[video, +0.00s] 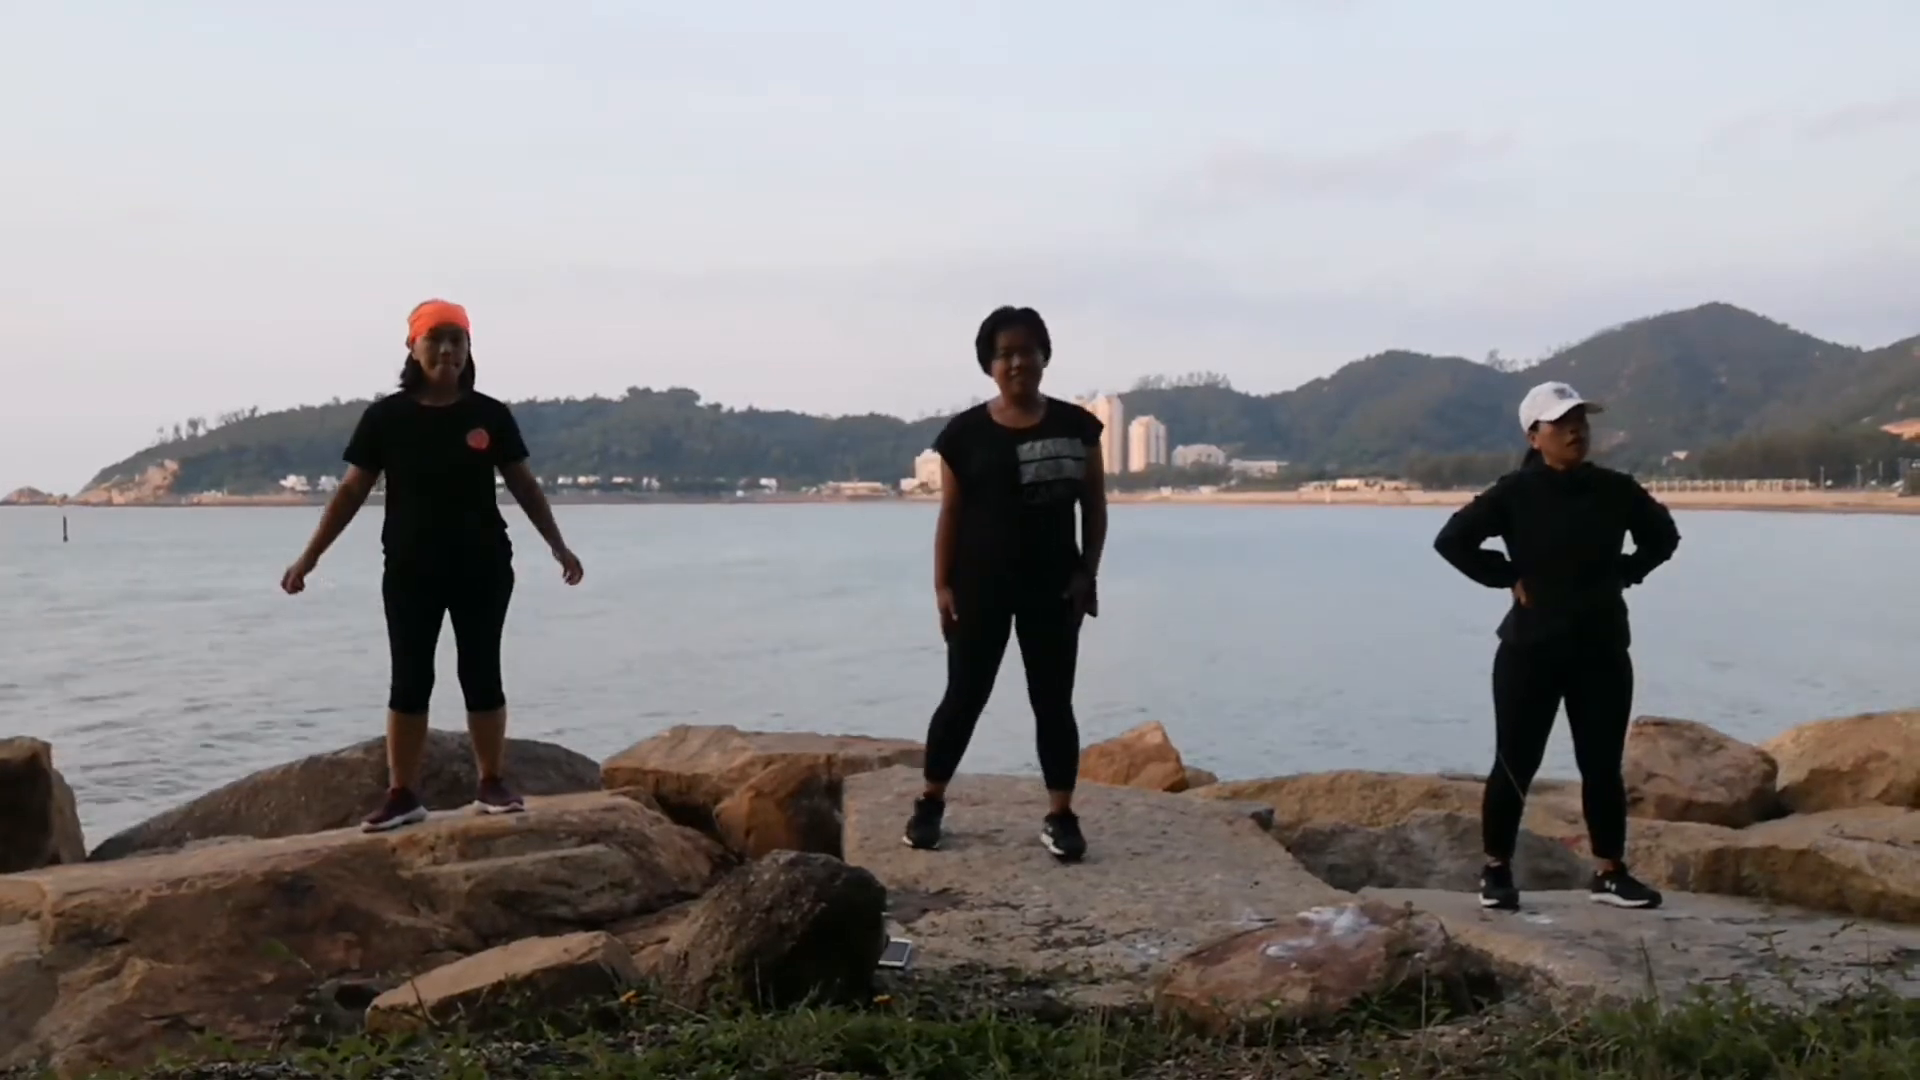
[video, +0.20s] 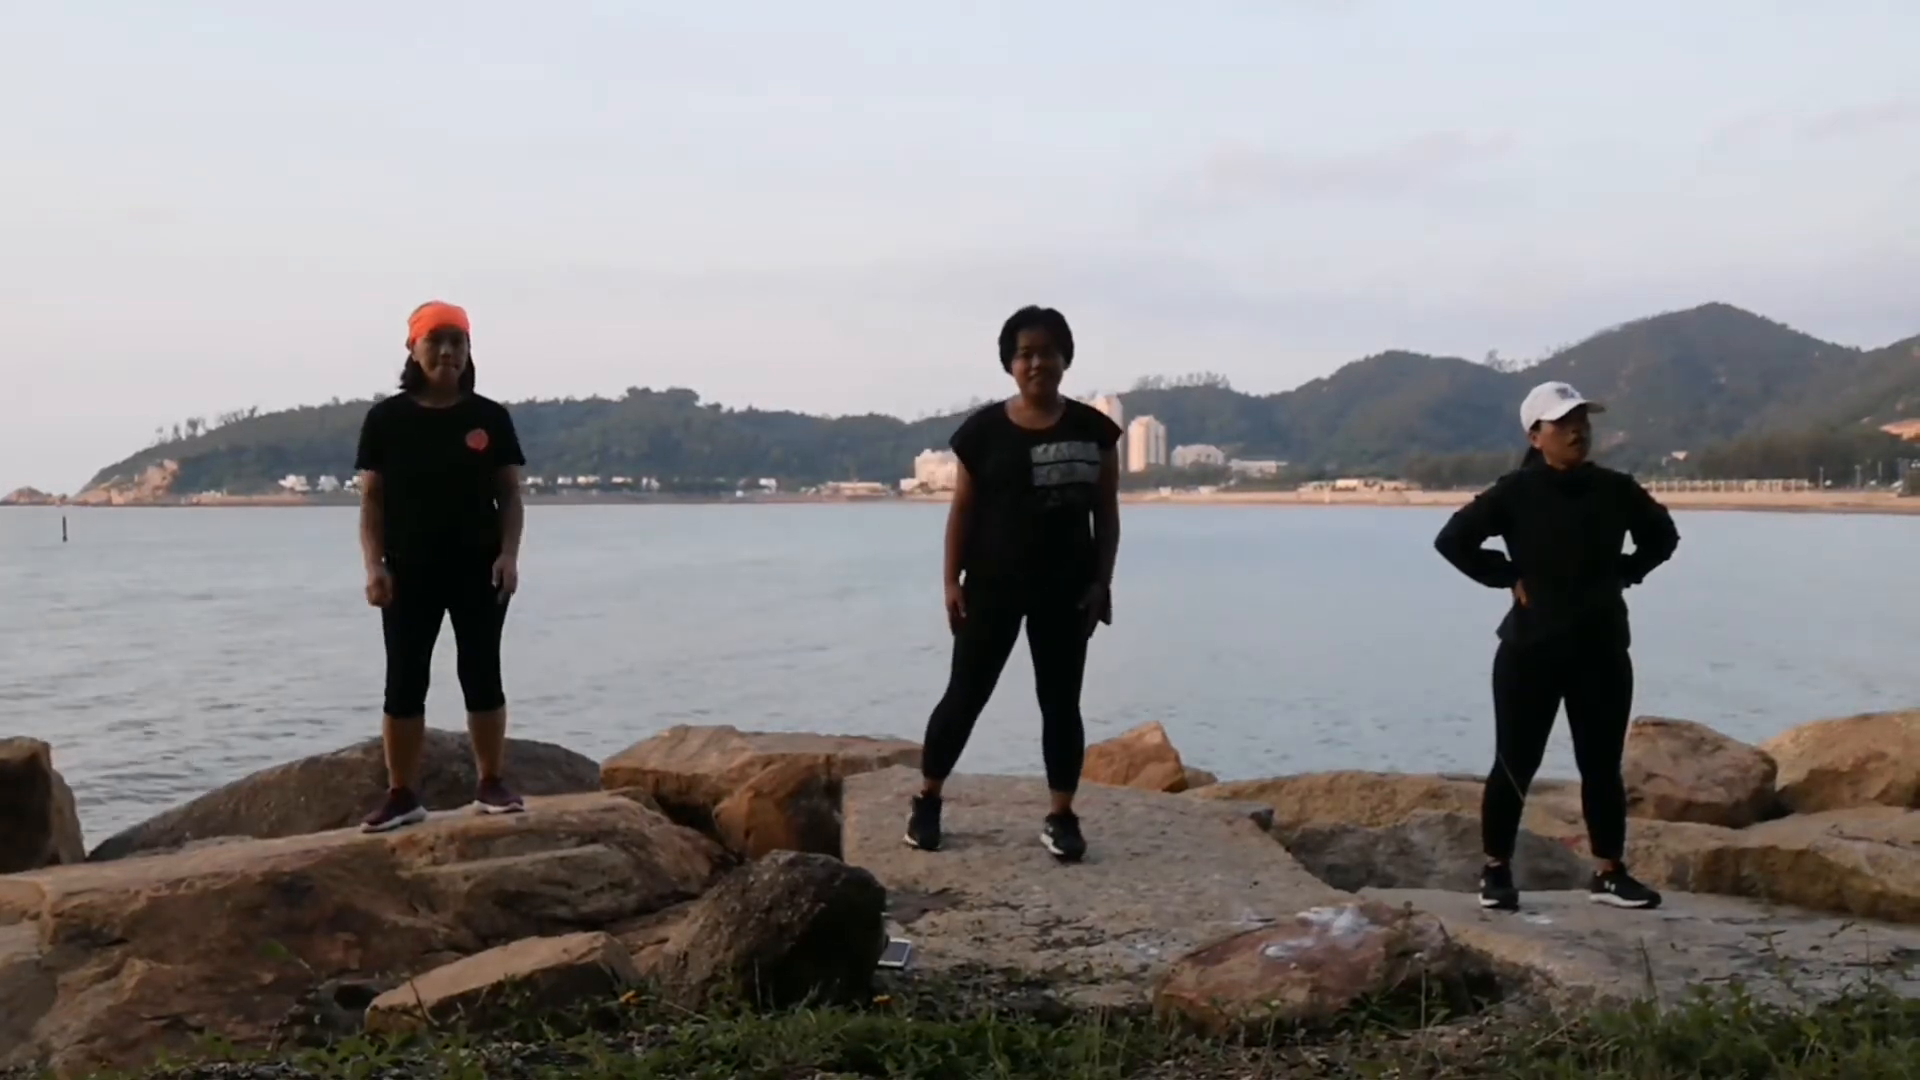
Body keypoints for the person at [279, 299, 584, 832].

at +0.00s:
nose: (446, 348)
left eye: (455, 339)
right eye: (434, 339)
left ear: (468, 349)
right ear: (414, 348)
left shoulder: (490, 417)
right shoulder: (385, 417)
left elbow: (522, 484)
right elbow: (351, 492)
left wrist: (557, 545)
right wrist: (307, 558)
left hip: (480, 569)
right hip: (411, 571)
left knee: (482, 677)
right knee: (409, 683)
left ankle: (491, 784)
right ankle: (402, 793)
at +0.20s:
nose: (447, 350)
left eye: (456, 340)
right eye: (436, 341)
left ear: (468, 349)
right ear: (414, 349)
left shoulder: (491, 418)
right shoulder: (384, 418)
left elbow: (511, 493)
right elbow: (371, 497)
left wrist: (509, 553)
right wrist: (373, 565)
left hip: (477, 570)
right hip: (409, 571)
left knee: (482, 676)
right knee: (403, 684)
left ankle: (492, 783)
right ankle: (401, 793)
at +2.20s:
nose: (430, 352)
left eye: (439, 343)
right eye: (419, 343)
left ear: (452, 351)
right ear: (398, 351)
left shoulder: (475, 417)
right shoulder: (370, 420)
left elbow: (502, 494)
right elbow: (346, 501)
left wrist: (521, 560)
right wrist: (325, 572)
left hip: (467, 571)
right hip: (397, 575)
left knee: (472, 680)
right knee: (399, 687)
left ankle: (484, 785)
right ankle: (394, 795)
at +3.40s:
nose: (432, 350)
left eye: (441, 341)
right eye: (420, 342)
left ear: (452, 349)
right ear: (397, 351)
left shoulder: (476, 415)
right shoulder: (371, 418)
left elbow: (498, 486)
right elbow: (360, 497)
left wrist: (474, 533)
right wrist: (402, 545)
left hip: (468, 568)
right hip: (398, 571)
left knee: (470, 677)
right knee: (398, 683)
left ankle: (481, 787)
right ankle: (390, 797)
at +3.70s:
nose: (435, 350)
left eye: (442, 340)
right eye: (423, 341)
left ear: (452, 348)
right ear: (397, 350)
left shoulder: (475, 416)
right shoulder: (370, 421)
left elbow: (499, 490)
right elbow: (351, 504)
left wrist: (500, 549)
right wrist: (361, 569)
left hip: (466, 571)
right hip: (398, 574)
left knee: (470, 680)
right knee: (398, 687)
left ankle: (480, 787)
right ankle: (390, 797)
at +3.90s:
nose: (443, 349)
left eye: (448, 340)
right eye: (431, 340)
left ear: (454, 348)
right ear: (399, 349)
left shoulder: (473, 416)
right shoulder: (368, 421)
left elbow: (504, 485)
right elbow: (329, 495)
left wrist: (536, 547)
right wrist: (285, 562)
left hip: (468, 571)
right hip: (398, 575)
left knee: (470, 681)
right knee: (398, 687)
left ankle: (480, 787)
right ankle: (388, 799)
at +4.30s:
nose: (441, 351)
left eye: (445, 342)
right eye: (429, 343)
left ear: (449, 349)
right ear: (395, 351)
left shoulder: (468, 416)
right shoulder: (364, 423)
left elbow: (492, 493)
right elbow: (354, 505)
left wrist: (495, 553)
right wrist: (362, 574)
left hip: (464, 574)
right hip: (397, 577)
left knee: (468, 682)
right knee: (395, 689)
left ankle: (478, 788)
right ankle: (387, 798)